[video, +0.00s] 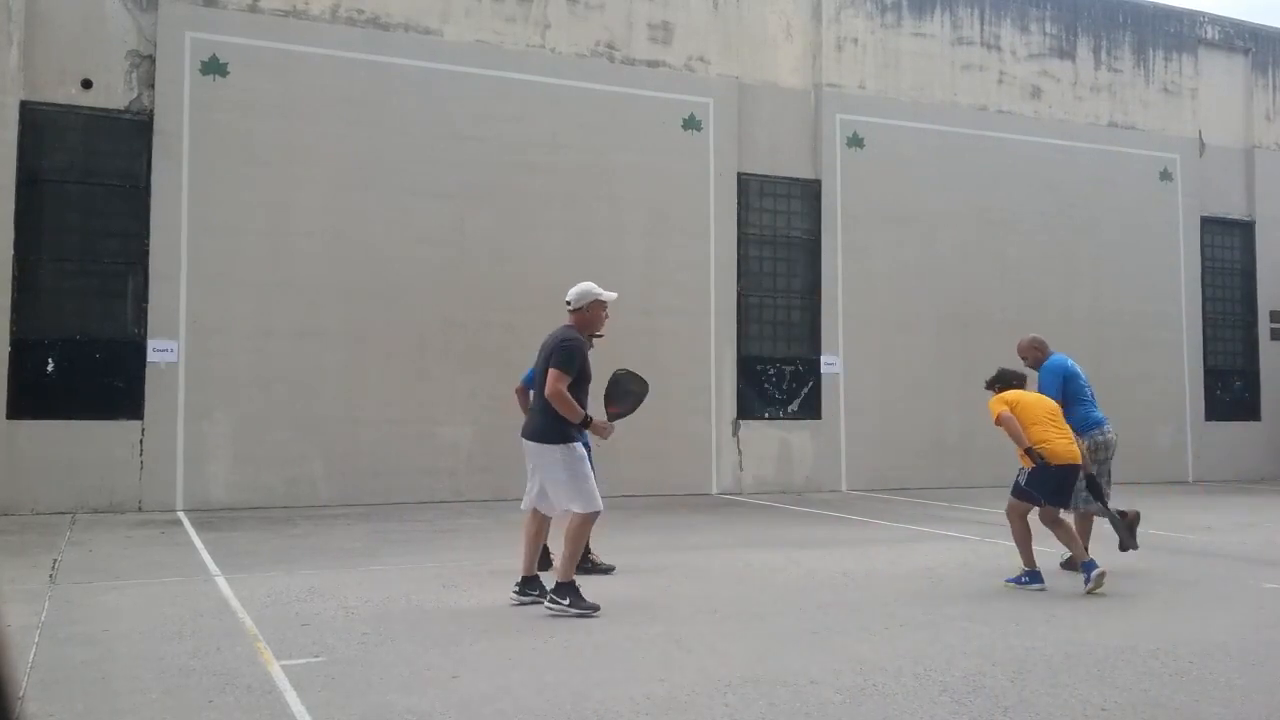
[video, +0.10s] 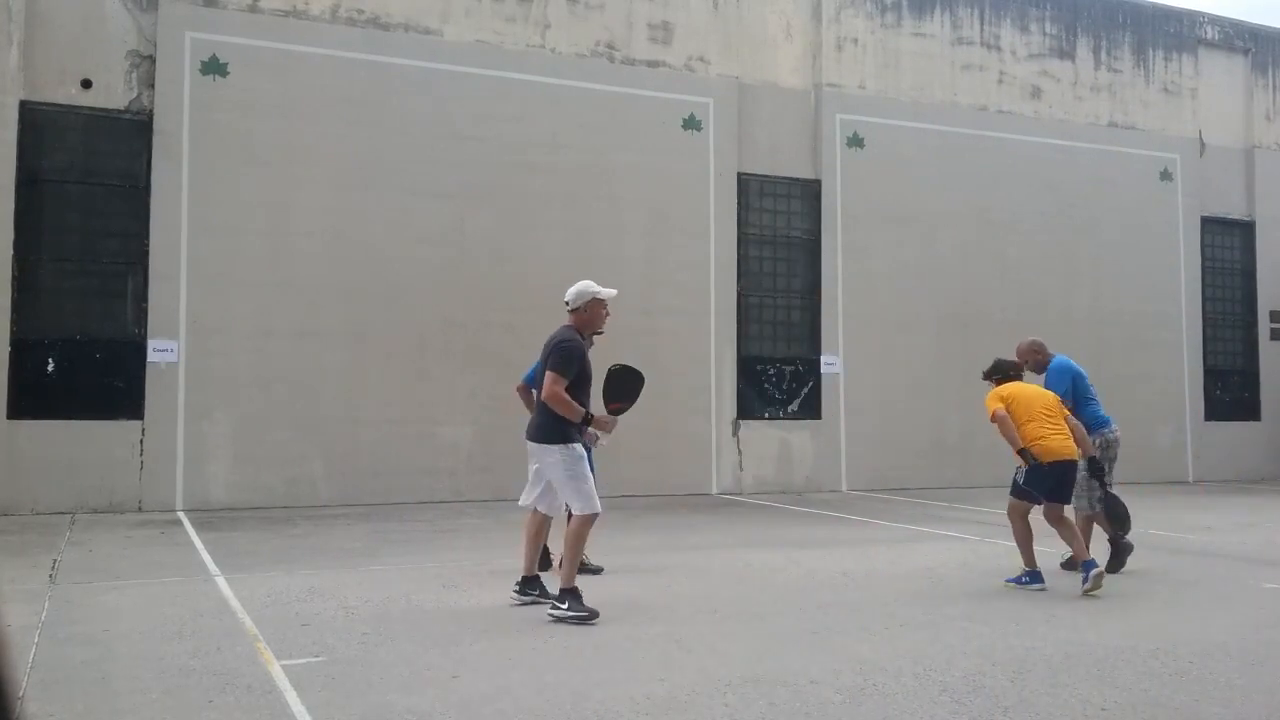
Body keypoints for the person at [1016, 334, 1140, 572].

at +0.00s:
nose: (1026, 364)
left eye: (1026, 358)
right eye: (1023, 360)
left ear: (1039, 351)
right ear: (1040, 350)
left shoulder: (1051, 368)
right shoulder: (1062, 362)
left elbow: (1048, 411)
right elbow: (1053, 408)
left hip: (1090, 437)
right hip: (1100, 434)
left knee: (1079, 499)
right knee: (1084, 500)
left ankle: (1121, 518)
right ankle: (1080, 555)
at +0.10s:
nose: (1026, 368)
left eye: (1027, 362)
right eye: (1023, 363)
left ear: (1039, 355)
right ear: (1040, 353)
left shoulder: (1059, 368)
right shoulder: (1057, 367)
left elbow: (1054, 411)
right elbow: (1056, 411)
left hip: (1100, 437)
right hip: (1089, 437)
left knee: (1089, 499)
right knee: (1083, 499)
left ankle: (1118, 542)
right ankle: (1081, 554)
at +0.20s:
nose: (1031, 370)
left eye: (1031, 365)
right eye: (1029, 366)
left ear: (1044, 357)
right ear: (1043, 356)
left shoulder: (1069, 370)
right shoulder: (1054, 374)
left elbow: (1082, 410)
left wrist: (1052, 424)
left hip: (1104, 437)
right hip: (1088, 438)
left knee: (1090, 498)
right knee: (1082, 499)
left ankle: (1115, 542)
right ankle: (1080, 553)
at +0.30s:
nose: (1042, 372)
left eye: (1043, 366)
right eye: (1039, 368)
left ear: (1055, 357)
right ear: (1049, 360)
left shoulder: (1081, 371)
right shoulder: (1054, 377)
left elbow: (1098, 409)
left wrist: (1071, 430)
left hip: (1106, 437)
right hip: (1086, 438)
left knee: (1094, 498)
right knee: (1082, 500)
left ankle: (1113, 545)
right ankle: (1080, 553)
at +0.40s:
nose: (1055, 367)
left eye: (1057, 362)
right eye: (1053, 363)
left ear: (1069, 353)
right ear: (1053, 360)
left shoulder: (1092, 371)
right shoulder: (1061, 374)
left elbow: (1112, 407)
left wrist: (1085, 433)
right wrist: (1062, 431)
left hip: (1108, 439)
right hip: (1083, 440)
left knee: (1099, 500)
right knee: (1077, 499)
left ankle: (1116, 552)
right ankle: (1080, 554)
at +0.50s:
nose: (1065, 357)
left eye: (1069, 352)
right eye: (1063, 353)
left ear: (1083, 349)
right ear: (1064, 352)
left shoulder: (1103, 369)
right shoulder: (1065, 373)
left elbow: (1123, 406)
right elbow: (1062, 407)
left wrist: (1097, 432)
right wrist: (1067, 431)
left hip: (1110, 440)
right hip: (1081, 439)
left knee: (1106, 499)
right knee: (1075, 498)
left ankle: (1118, 553)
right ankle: (1081, 551)